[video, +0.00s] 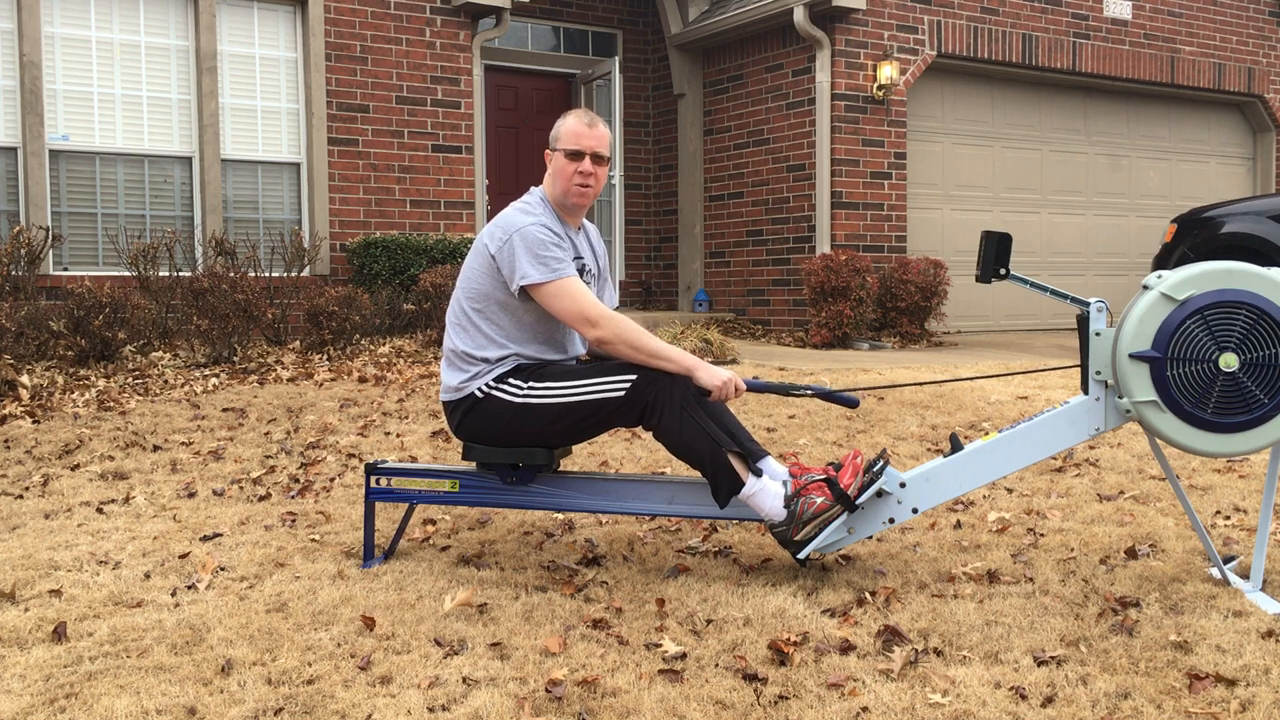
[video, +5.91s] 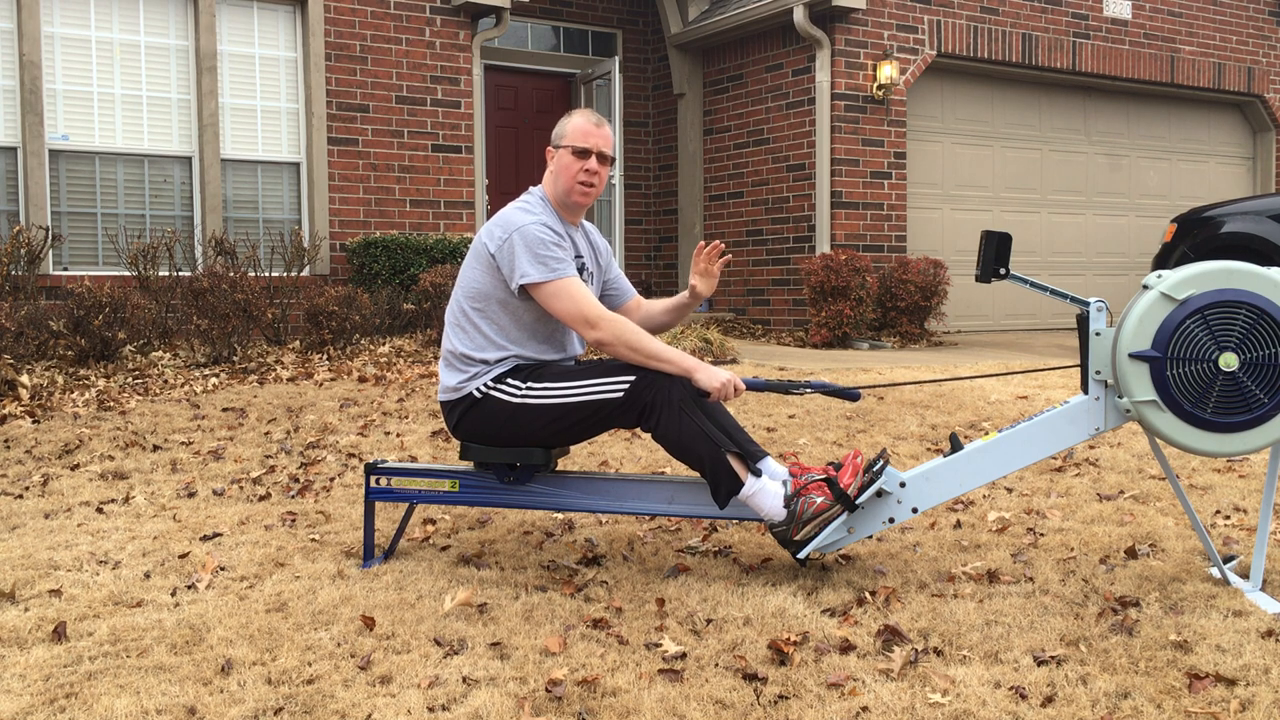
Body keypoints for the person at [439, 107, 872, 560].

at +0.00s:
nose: (586, 170)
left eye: (598, 160)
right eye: (573, 156)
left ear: (608, 170)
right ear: (547, 159)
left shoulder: (589, 239)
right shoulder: (524, 227)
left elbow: (603, 335)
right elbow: (595, 324)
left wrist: (697, 372)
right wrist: (697, 368)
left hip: (543, 375)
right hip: (489, 390)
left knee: (675, 378)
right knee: (653, 386)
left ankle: (787, 484)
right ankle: (777, 510)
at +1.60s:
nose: (592, 173)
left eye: (603, 164)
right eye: (579, 158)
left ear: (611, 173)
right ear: (551, 160)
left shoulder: (586, 238)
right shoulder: (524, 227)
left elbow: (604, 332)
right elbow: (595, 326)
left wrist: (695, 373)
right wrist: (696, 368)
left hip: (542, 375)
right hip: (488, 389)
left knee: (674, 378)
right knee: (652, 386)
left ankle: (785, 484)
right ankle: (776, 510)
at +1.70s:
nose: (592, 173)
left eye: (604, 165)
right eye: (580, 158)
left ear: (611, 174)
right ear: (551, 159)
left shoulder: (586, 239)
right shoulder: (525, 226)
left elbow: (597, 336)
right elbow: (595, 324)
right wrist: (698, 369)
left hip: (541, 376)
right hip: (488, 389)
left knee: (675, 376)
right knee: (652, 386)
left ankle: (785, 485)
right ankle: (776, 510)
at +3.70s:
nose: (585, 170)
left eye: (597, 161)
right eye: (573, 156)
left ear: (606, 170)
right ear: (545, 158)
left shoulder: (583, 236)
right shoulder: (523, 226)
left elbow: (614, 322)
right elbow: (594, 327)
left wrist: (676, 323)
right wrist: (697, 369)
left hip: (540, 376)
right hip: (487, 391)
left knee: (675, 377)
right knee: (651, 386)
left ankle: (787, 484)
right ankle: (777, 510)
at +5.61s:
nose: (592, 168)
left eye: (603, 159)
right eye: (580, 154)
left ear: (610, 171)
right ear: (548, 157)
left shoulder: (587, 239)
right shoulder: (524, 226)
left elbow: (636, 320)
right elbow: (592, 326)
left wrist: (693, 301)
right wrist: (699, 370)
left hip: (540, 377)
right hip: (487, 390)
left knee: (675, 378)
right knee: (649, 388)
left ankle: (788, 485)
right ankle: (776, 510)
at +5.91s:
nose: (593, 169)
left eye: (604, 161)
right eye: (581, 155)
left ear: (610, 173)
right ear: (550, 157)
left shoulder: (587, 237)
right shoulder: (524, 225)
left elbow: (639, 316)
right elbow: (592, 326)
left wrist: (691, 296)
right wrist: (698, 371)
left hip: (541, 376)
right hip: (487, 390)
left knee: (675, 376)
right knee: (650, 387)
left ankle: (786, 484)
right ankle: (776, 509)